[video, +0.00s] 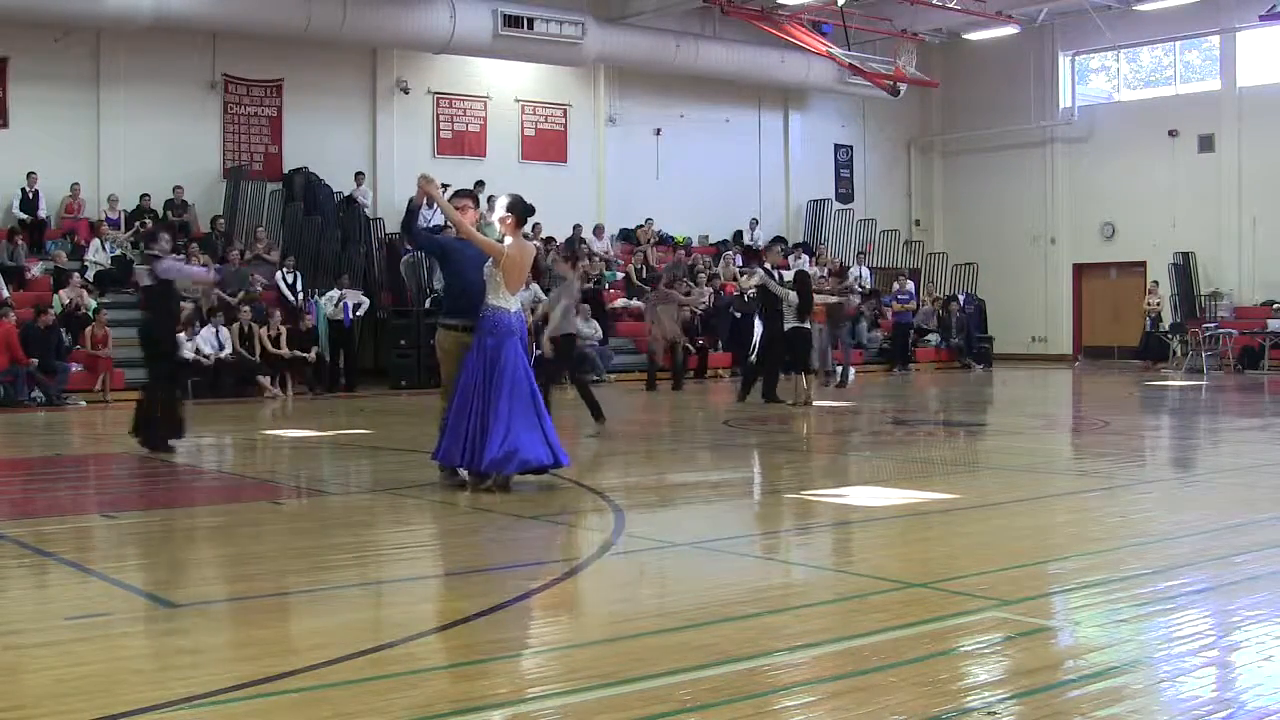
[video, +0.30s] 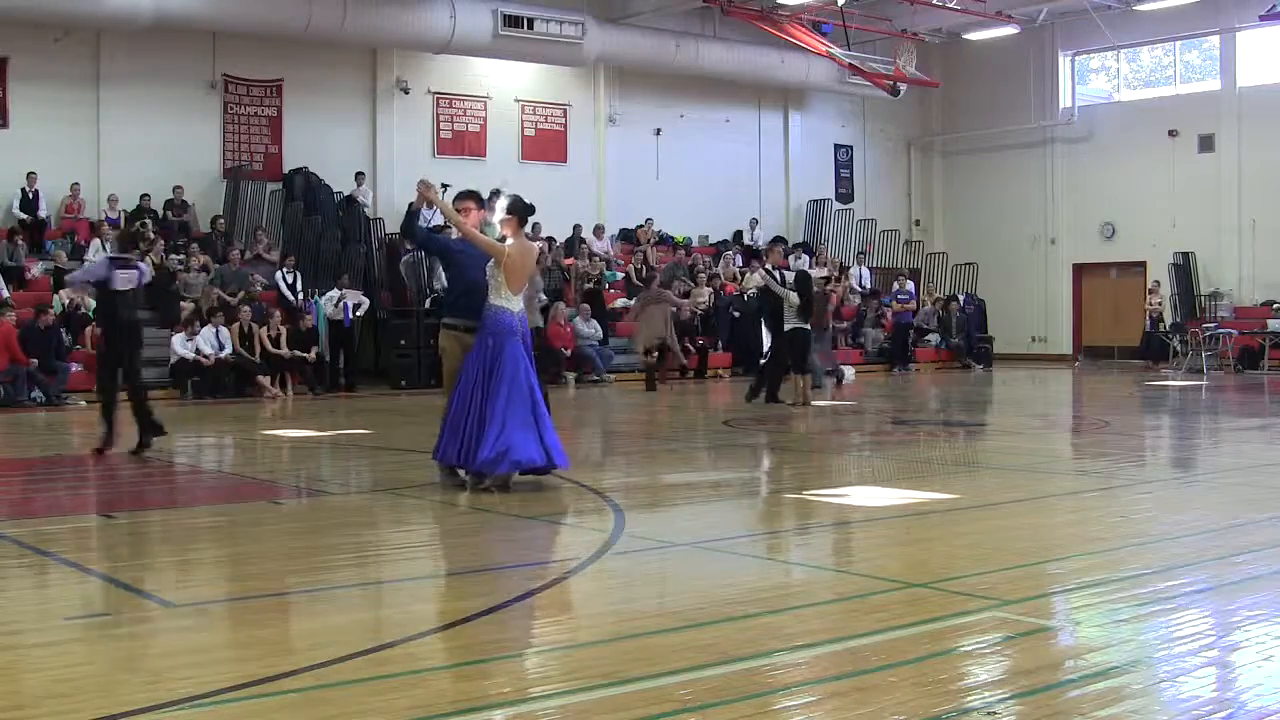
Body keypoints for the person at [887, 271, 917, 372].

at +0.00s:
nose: (902, 282)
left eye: (904, 280)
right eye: (900, 280)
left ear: (906, 281)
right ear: (897, 282)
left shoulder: (910, 294)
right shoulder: (894, 294)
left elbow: (913, 306)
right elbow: (895, 308)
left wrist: (900, 306)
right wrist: (908, 306)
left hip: (907, 322)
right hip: (897, 322)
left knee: (906, 344)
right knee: (896, 343)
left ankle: (905, 363)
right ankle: (896, 364)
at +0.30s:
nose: (901, 282)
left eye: (903, 280)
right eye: (899, 280)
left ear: (906, 281)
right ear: (897, 282)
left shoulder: (910, 294)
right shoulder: (894, 294)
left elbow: (914, 306)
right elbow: (894, 308)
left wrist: (900, 306)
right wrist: (908, 306)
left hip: (908, 321)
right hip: (897, 321)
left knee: (906, 344)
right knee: (896, 343)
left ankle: (906, 363)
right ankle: (896, 364)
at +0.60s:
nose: (901, 282)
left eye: (903, 280)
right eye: (899, 280)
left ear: (906, 281)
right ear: (897, 282)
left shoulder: (910, 294)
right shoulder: (894, 294)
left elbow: (913, 306)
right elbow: (894, 308)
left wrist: (900, 306)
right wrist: (908, 306)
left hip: (907, 321)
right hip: (897, 322)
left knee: (906, 344)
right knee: (896, 343)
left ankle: (905, 364)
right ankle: (895, 364)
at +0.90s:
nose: (901, 282)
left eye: (903, 280)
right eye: (899, 280)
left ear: (906, 281)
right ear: (897, 281)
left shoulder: (910, 294)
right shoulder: (894, 293)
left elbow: (913, 305)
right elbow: (894, 307)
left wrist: (900, 305)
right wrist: (907, 306)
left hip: (907, 322)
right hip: (896, 322)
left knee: (905, 344)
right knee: (895, 344)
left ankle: (905, 364)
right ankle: (895, 365)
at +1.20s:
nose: (902, 282)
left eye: (904, 280)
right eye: (900, 280)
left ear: (907, 281)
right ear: (898, 281)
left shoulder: (910, 293)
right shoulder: (894, 293)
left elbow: (913, 305)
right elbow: (895, 307)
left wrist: (900, 305)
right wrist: (908, 306)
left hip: (907, 321)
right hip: (896, 321)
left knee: (905, 343)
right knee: (896, 343)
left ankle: (905, 363)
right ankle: (895, 364)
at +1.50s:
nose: (902, 282)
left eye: (904, 280)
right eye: (900, 280)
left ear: (907, 281)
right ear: (898, 281)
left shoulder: (912, 293)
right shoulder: (894, 293)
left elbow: (914, 305)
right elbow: (896, 307)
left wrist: (901, 305)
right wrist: (909, 306)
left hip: (908, 321)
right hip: (897, 321)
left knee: (906, 344)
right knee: (895, 343)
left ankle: (905, 363)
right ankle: (895, 364)